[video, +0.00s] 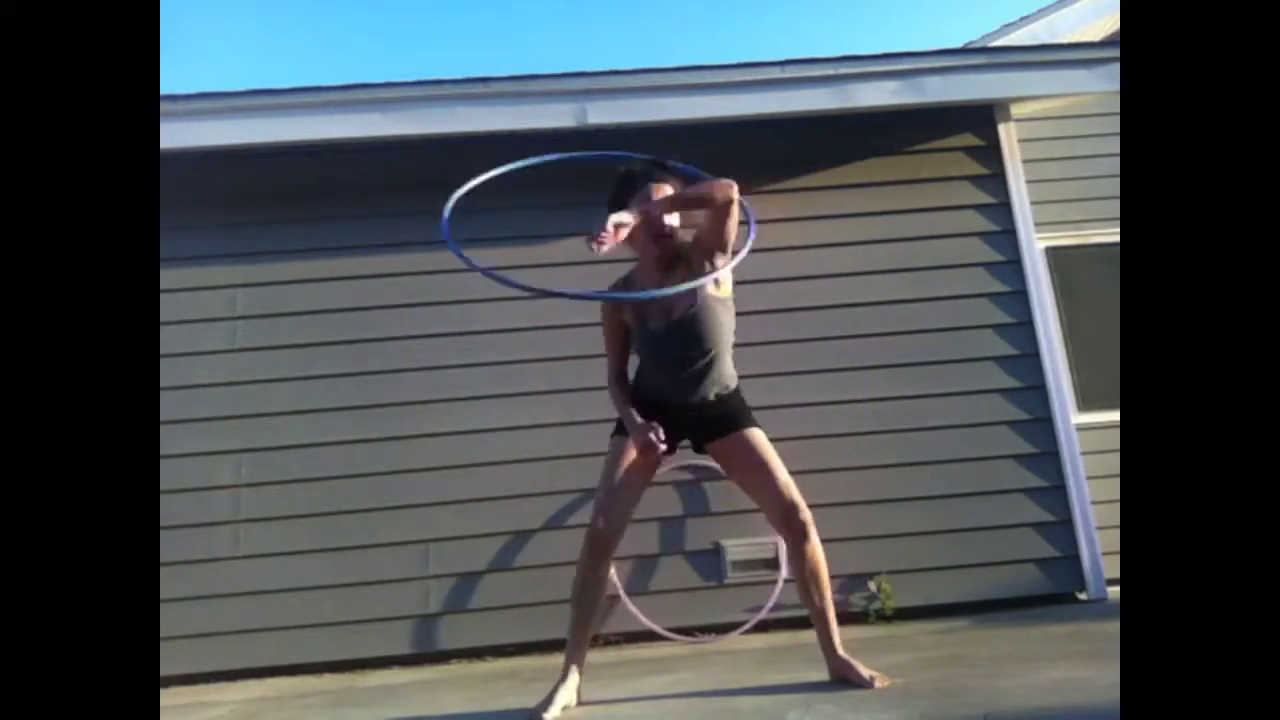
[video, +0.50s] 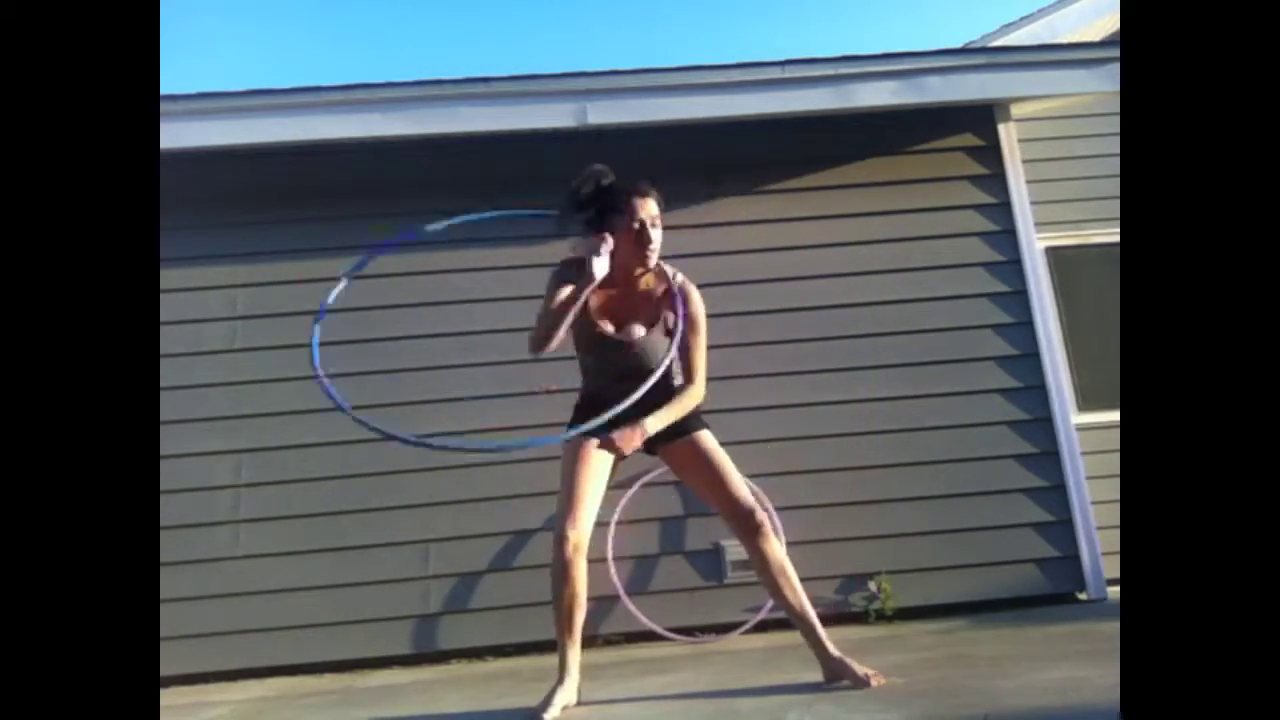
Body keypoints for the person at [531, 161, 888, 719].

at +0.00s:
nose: (662, 220)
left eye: (669, 207)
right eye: (646, 211)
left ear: (684, 212)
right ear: (626, 227)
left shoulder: (709, 258)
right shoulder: (620, 298)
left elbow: (727, 192)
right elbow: (617, 377)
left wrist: (647, 210)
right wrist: (634, 421)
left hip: (721, 409)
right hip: (653, 415)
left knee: (797, 519)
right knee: (601, 533)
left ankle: (835, 655)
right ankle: (570, 674)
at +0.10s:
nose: (648, 213)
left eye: (654, 206)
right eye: (635, 204)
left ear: (664, 219)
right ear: (604, 220)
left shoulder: (687, 264)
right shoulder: (598, 298)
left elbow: (714, 214)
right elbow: (598, 369)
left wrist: (621, 237)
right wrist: (610, 415)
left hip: (705, 405)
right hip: (635, 413)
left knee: (778, 516)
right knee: (598, 536)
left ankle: (835, 654)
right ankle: (571, 675)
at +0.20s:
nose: (638, 230)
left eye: (645, 222)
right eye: (625, 219)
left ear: (654, 231)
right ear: (594, 230)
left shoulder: (665, 280)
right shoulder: (574, 299)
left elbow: (702, 269)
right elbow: (571, 366)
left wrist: (621, 250)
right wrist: (596, 411)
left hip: (686, 403)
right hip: (618, 414)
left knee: (764, 520)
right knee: (589, 537)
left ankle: (835, 655)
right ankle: (569, 680)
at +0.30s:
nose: (633, 240)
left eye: (640, 230)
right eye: (619, 230)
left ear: (647, 234)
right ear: (584, 237)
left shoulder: (665, 291)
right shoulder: (558, 300)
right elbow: (546, 371)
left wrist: (620, 296)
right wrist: (594, 394)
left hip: (671, 405)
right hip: (603, 413)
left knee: (753, 518)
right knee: (578, 537)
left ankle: (833, 655)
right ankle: (568, 681)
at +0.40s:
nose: (635, 243)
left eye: (641, 232)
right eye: (621, 234)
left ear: (648, 234)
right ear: (586, 240)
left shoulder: (663, 297)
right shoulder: (558, 291)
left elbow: (664, 396)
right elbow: (545, 380)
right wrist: (584, 355)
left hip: (662, 407)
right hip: (596, 411)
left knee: (748, 520)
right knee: (571, 542)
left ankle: (830, 656)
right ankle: (568, 680)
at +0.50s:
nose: (649, 235)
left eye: (655, 223)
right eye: (635, 225)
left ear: (663, 226)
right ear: (606, 233)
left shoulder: (680, 293)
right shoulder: (575, 280)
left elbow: (693, 388)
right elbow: (544, 342)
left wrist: (644, 427)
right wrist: (587, 284)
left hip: (668, 411)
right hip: (600, 415)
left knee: (753, 518)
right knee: (568, 543)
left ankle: (828, 657)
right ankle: (567, 682)